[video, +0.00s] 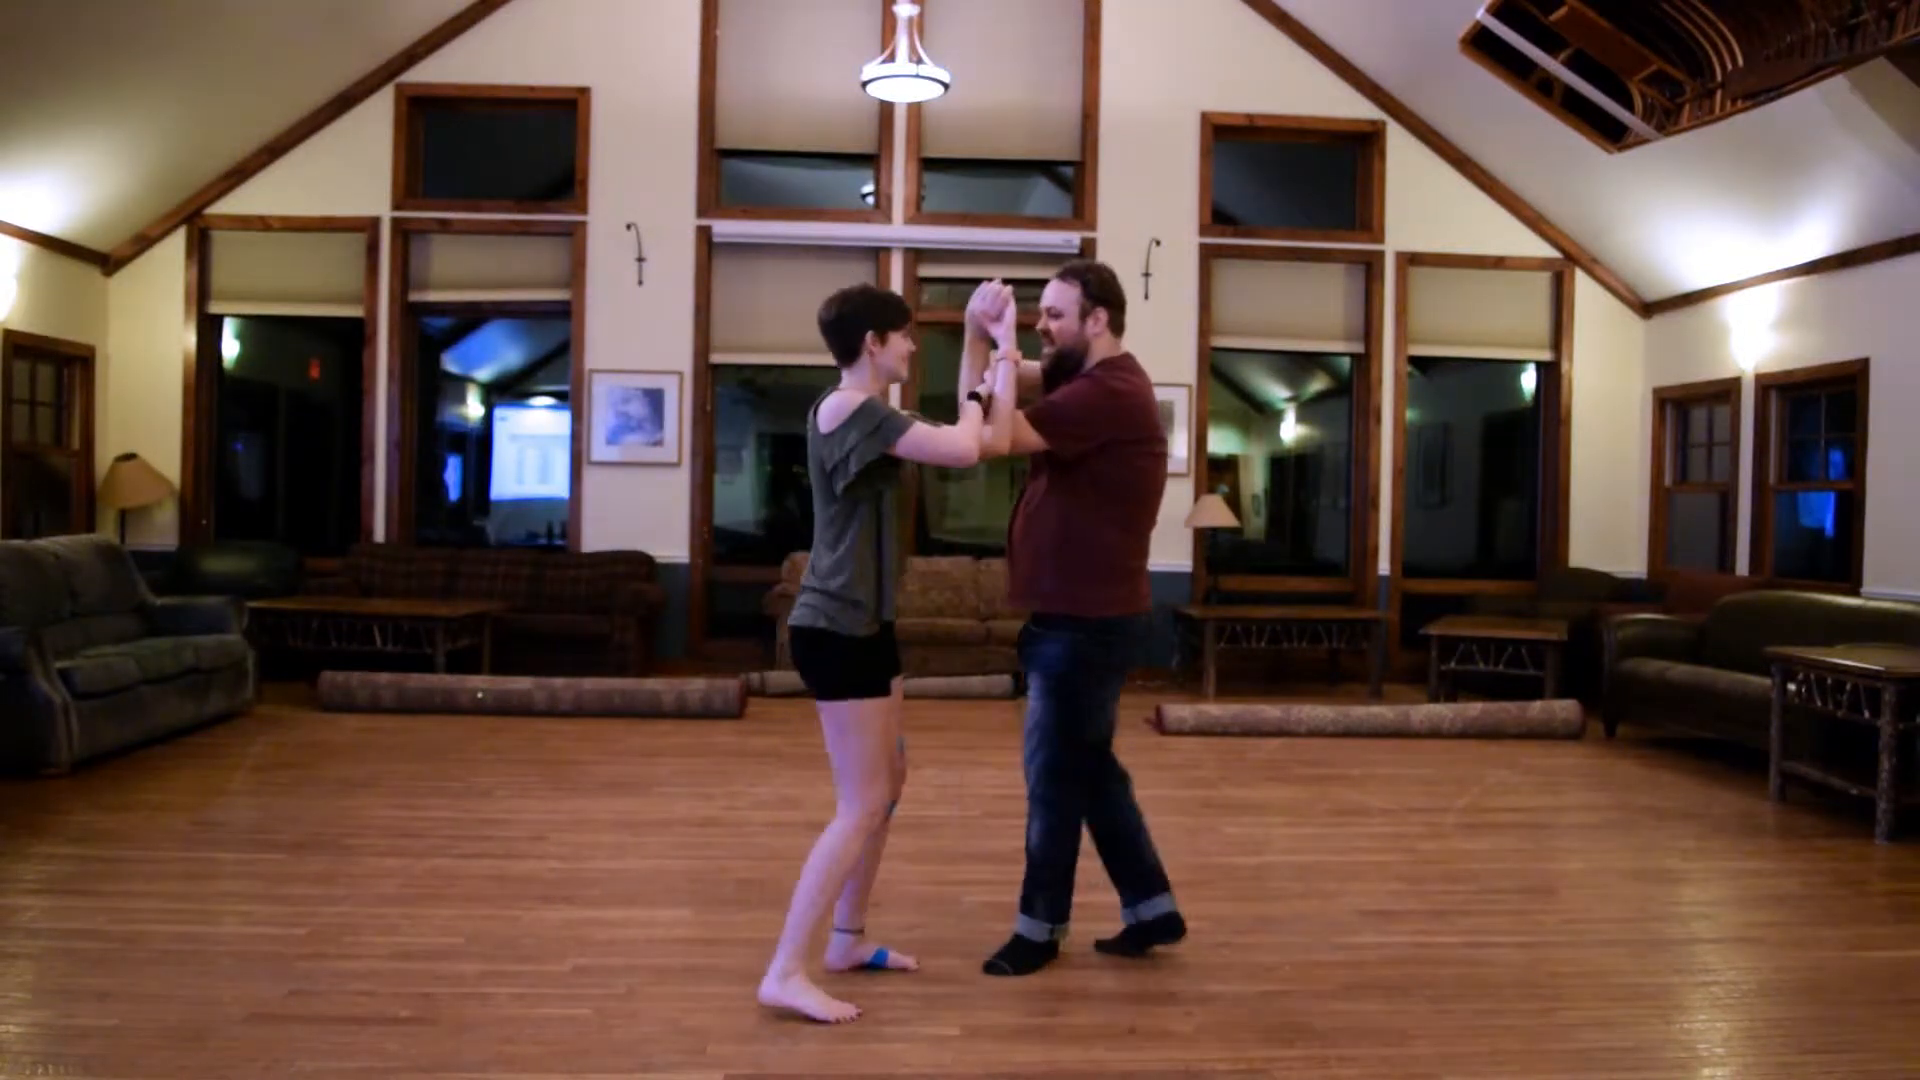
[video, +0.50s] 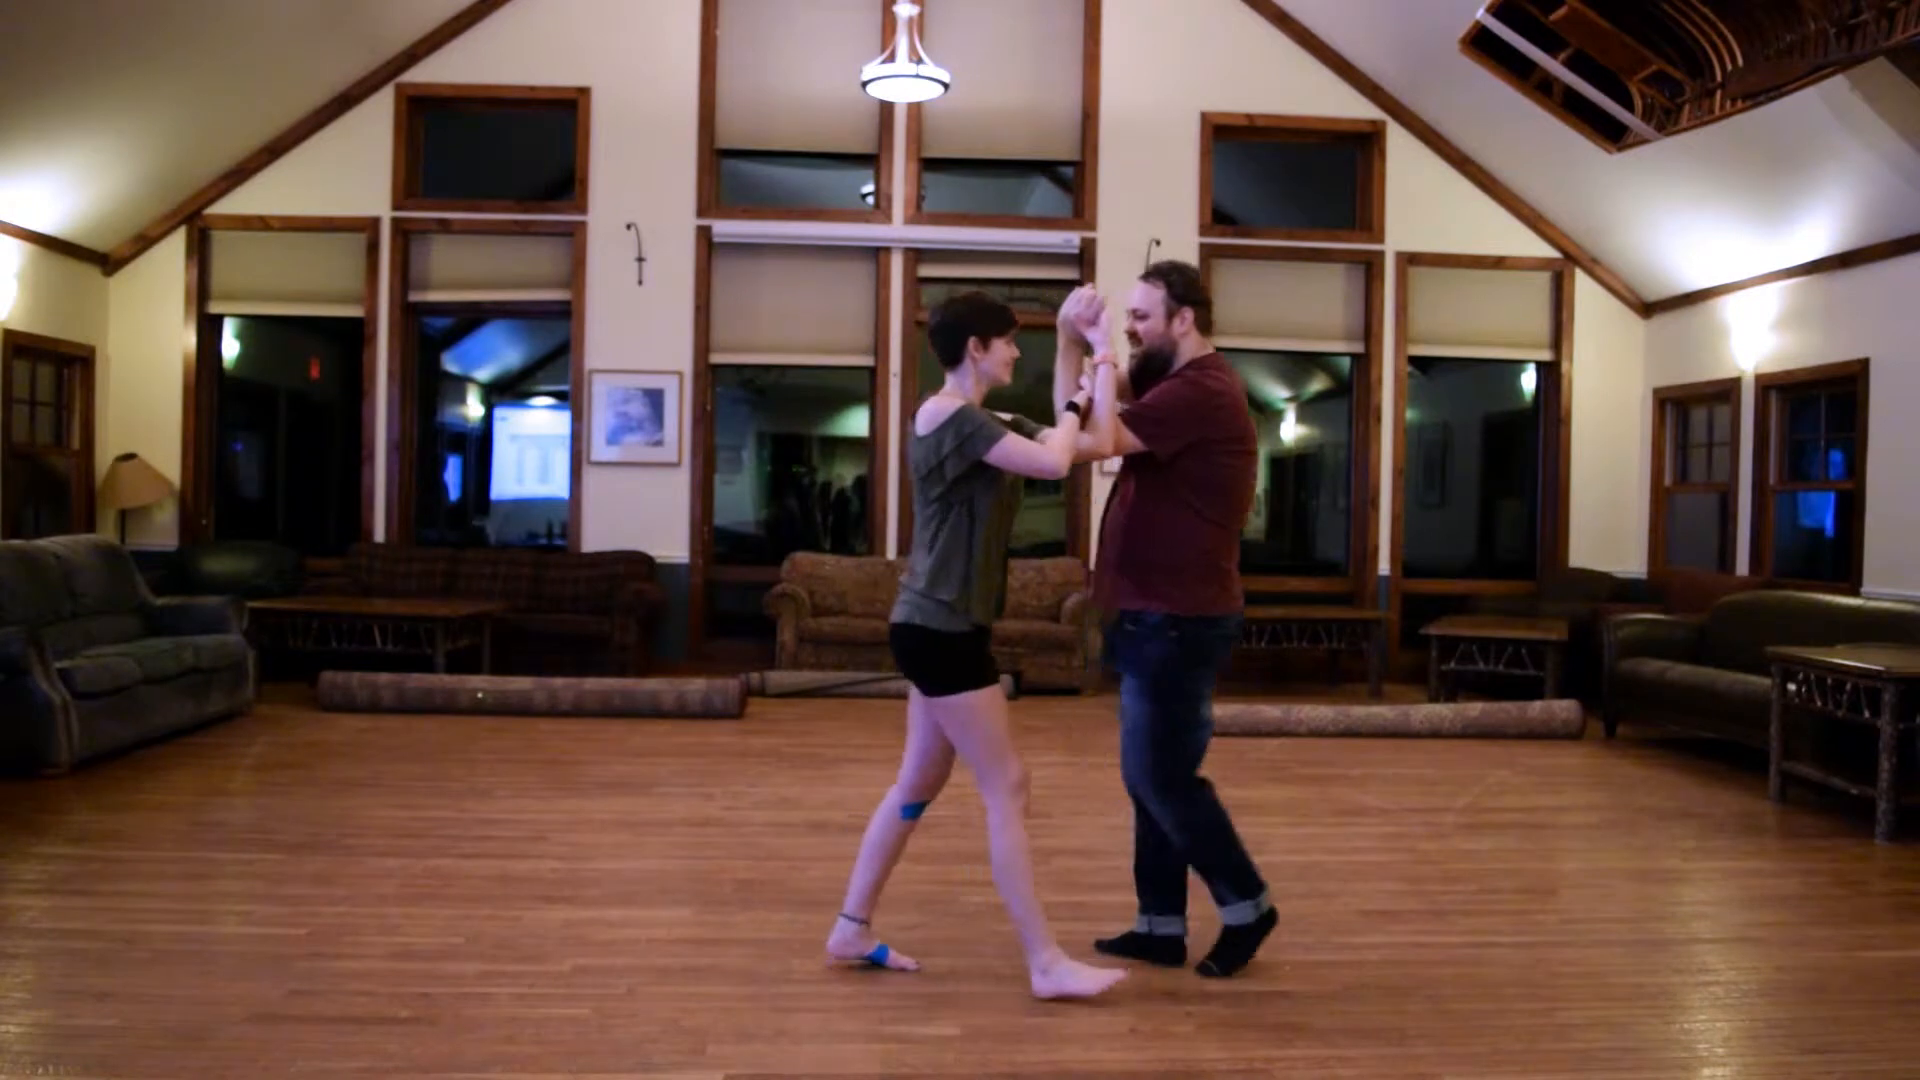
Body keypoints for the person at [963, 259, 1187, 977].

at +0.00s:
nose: (1044, 327)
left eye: (1056, 315)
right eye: (1044, 316)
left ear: (1097, 318)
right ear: (1082, 319)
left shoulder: (1111, 389)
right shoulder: (1080, 373)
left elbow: (1001, 434)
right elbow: (983, 401)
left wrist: (1002, 353)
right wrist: (984, 335)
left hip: (1085, 618)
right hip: (1068, 613)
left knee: (1051, 775)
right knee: (1089, 765)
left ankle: (1040, 927)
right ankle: (1153, 910)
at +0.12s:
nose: (1060, 330)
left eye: (1071, 317)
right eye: (1059, 318)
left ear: (1113, 320)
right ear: (1108, 324)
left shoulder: (1126, 391)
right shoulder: (1106, 380)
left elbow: (1018, 433)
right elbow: (999, 411)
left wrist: (1015, 348)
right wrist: (1004, 339)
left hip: (1108, 621)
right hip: (1114, 618)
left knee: (1062, 771)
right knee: (1121, 769)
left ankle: (1049, 928)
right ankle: (1158, 924)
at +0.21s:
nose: (1074, 329)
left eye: (1084, 316)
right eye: (1072, 317)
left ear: (1127, 318)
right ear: (1117, 321)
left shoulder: (1145, 386)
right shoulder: (1117, 377)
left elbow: (1034, 431)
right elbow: (1015, 407)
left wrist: (1031, 349)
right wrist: (1016, 335)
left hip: (1124, 616)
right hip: (1120, 613)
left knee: (1075, 767)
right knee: (1136, 768)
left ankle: (1066, 927)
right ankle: (1160, 926)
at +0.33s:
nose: (1101, 328)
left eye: (1111, 315)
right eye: (1100, 315)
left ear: (1154, 318)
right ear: (1150, 321)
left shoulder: (1167, 388)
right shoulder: (1154, 381)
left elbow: (1061, 430)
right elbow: (1059, 419)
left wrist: (1054, 344)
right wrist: (1051, 343)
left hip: (1143, 614)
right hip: (1153, 610)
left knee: (1093, 755)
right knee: (1149, 760)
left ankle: (1150, 922)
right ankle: (1161, 921)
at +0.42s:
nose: (1116, 330)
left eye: (1127, 316)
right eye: (1114, 317)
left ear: (1170, 318)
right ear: (1158, 321)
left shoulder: (1186, 387)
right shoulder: (1155, 379)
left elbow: (1080, 434)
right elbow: (1062, 413)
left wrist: (1072, 352)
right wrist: (1058, 340)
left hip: (1167, 616)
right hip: (1145, 612)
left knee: (1122, 761)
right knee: (1147, 763)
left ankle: (1206, 904)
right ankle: (1164, 917)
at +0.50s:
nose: (1132, 330)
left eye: (1142, 317)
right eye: (1131, 317)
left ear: (1183, 318)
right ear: (1170, 320)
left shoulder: (1205, 387)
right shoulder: (1164, 376)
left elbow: (1105, 438)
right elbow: (1076, 418)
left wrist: (1103, 362)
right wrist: (1079, 342)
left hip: (1183, 615)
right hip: (1148, 611)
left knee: (1159, 774)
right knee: (1151, 773)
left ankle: (1247, 907)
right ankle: (1160, 926)